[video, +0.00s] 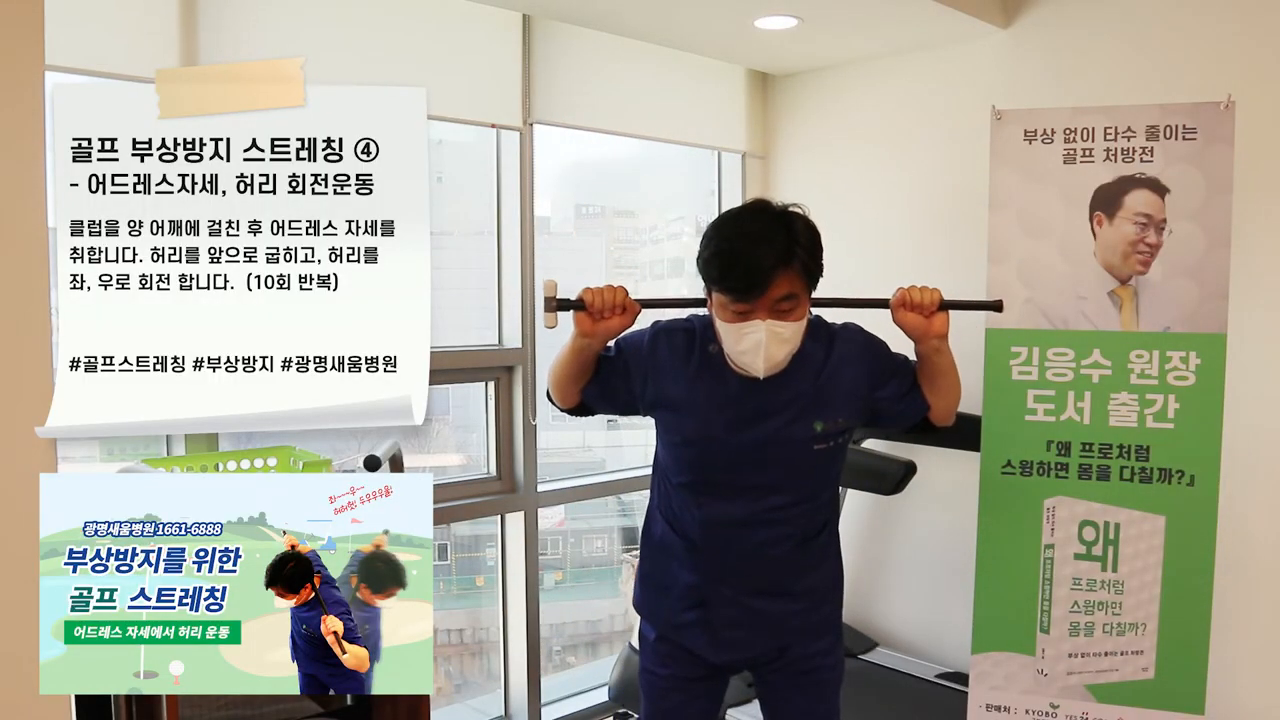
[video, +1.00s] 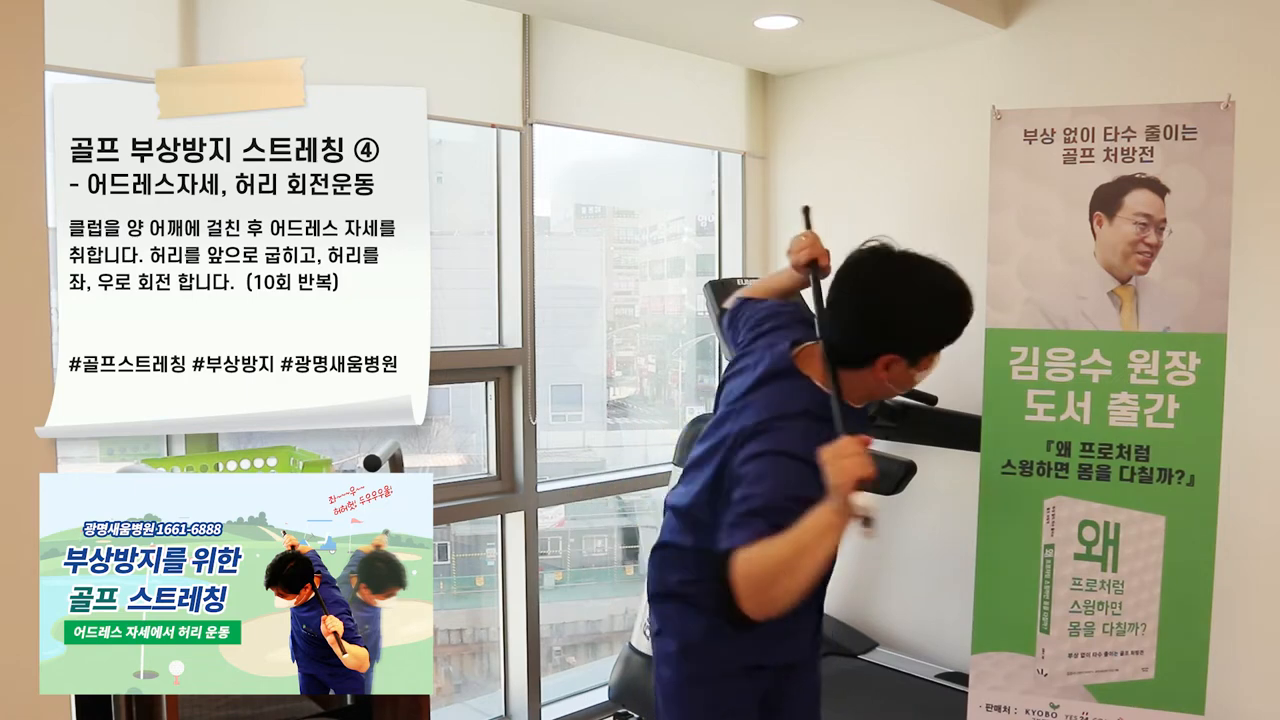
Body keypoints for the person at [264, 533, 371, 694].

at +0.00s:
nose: (278, 599)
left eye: (283, 596)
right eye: (276, 594)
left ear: (306, 590)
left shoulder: (334, 607)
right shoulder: (312, 570)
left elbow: (363, 665)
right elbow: (308, 552)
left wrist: (335, 642)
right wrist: (297, 547)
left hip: (344, 673)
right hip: (310, 667)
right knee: (312, 714)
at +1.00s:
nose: (278, 599)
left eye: (283, 595)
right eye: (276, 593)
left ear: (306, 589)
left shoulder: (334, 608)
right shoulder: (311, 569)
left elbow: (363, 665)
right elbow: (308, 552)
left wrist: (335, 642)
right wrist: (296, 547)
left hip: (344, 672)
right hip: (310, 666)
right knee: (312, 713)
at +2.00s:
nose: (278, 599)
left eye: (283, 596)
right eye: (276, 593)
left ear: (306, 590)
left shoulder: (334, 608)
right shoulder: (312, 570)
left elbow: (363, 665)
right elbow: (308, 552)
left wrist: (336, 643)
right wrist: (297, 547)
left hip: (344, 672)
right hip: (310, 667)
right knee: (312, 715)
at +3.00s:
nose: (278, 599)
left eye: (283, 596)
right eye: (276, 593)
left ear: (306, 590)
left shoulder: (334, 608)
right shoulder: (312, 570)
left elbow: (363, 665)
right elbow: (308, 552)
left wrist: (336, 643)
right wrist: (297, 547)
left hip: (344, 672)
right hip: (310, 667)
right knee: (312, 715)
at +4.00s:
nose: (278, 599)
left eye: (283, 595)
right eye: (276, 593)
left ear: (306, 590)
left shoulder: (334, 608)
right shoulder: (311, 570)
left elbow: (363, 665)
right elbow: (308, 552)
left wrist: (335, 642)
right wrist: (296, 547)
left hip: (344, 672)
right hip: (310, 667)